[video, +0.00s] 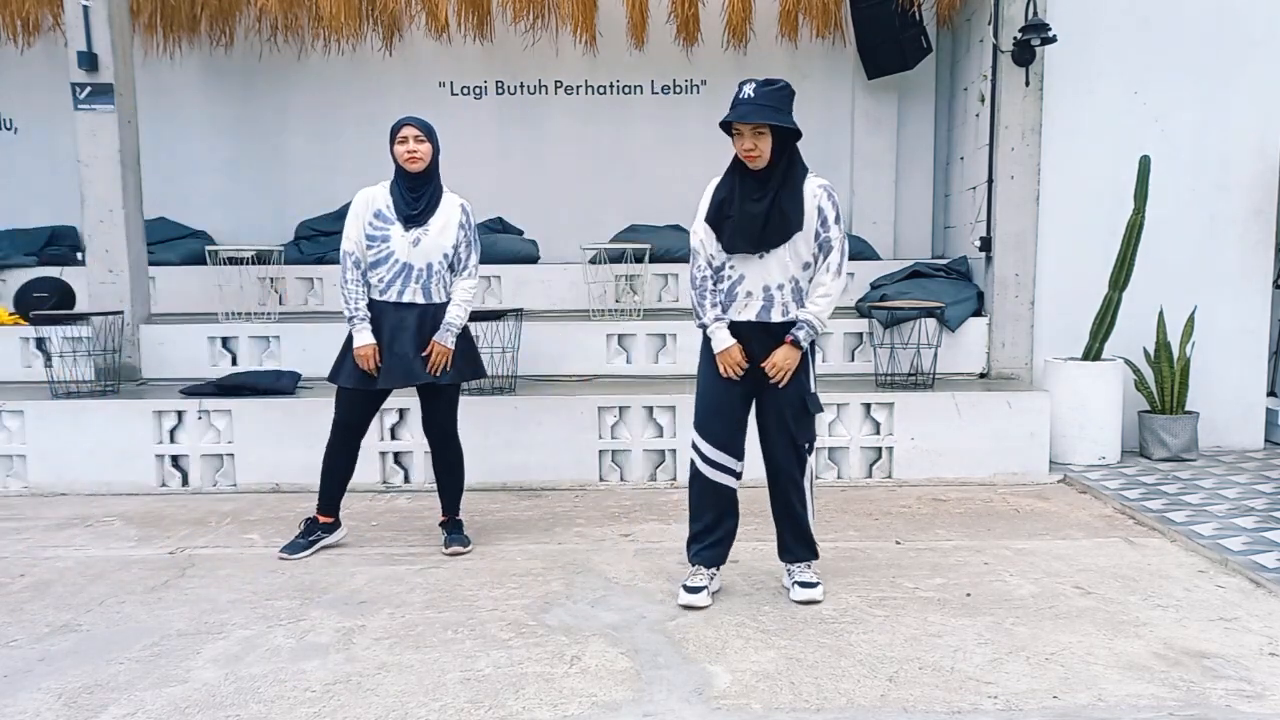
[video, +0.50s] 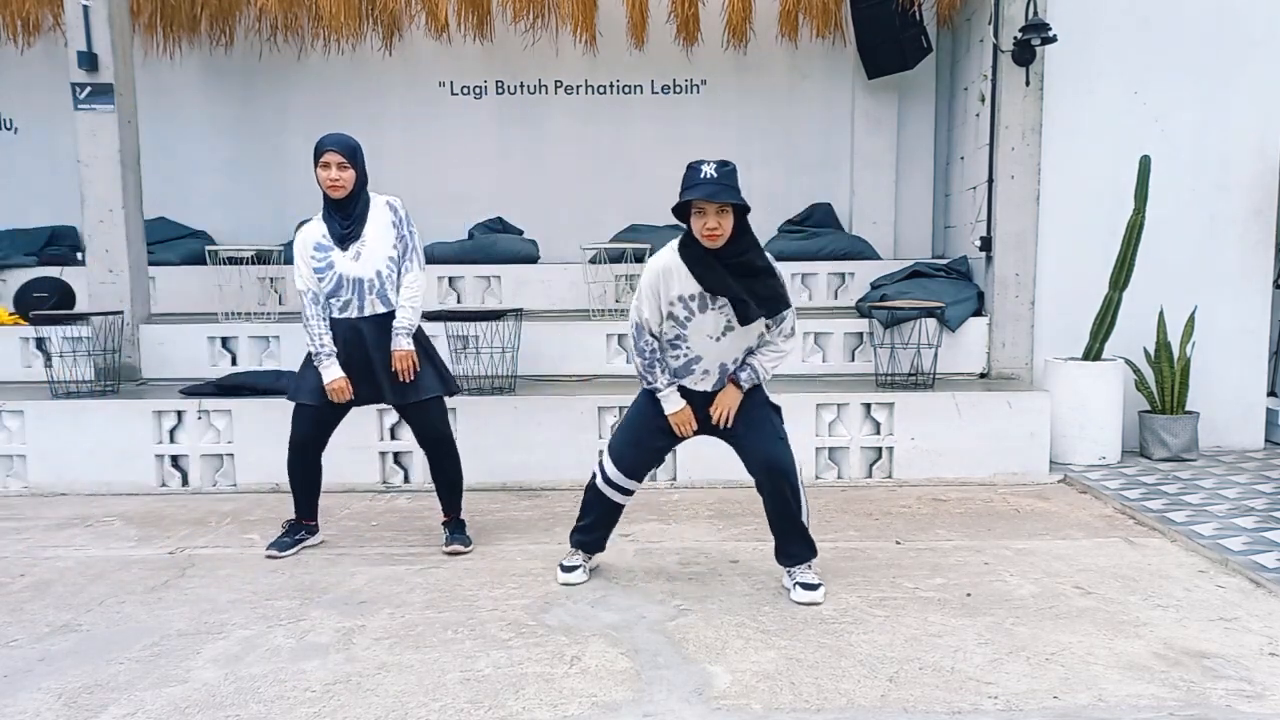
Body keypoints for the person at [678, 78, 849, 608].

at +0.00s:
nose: (746, 145)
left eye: (757, 135)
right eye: (739, 134)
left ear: (782, 135)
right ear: (730, 136)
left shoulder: (815, 194)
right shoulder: (717, 191)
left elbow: (833, 273)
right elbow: (700, 270)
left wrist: (798, 341)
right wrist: (719, 334)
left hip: (788, 342)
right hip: (725, 339)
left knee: (788, 458)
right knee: (712, 454)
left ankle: (799, 562)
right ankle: (703, 564)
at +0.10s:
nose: (761, 142)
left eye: (771, 132)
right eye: (751, 132)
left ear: (791, 135)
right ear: (739, 134)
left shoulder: (819, 194)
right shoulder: (720, 186)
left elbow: (836, 274)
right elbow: (700, 267)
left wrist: (798, 335)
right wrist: (719, 331)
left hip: (788, 338)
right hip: (724, 334)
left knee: (788, 454)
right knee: (703, 447)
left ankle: (799, 560)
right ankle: (688, 555)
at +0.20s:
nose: (765, 147)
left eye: (776, 137)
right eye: (756, 136)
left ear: (794, 139)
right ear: (742, 138)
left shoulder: (818, 199)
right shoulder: (717, 192)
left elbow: (836, 276)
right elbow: (696, 270)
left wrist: (795, 332)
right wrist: (717, 333)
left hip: (783, 339)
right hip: (719, 334)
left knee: (787, 452)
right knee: (686, 441)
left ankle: (800, 561)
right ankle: (657, 544)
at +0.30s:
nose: (766, 169)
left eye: (777, 158)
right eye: (757, 158)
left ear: (793, 163)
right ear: (741, 161)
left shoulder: (812, 221)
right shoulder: (713, 213)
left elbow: (826, 292)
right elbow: (685, 287)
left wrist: (784, 348)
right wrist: (708, 354)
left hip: (774, 352)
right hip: (710, 347)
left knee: (791, 453)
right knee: (663, 443)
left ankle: (800, 562)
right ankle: (621, 539)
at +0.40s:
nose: (751, 201)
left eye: (762, 190)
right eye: (741, 190)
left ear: (778, 194)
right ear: (726, 194)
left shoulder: (798, 252)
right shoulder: (700, 245)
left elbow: (808, 327)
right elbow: (671, 321)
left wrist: (767, 372)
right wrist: (693, 384)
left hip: (760, 378)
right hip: (691, 374)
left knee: (790, 462)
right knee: (640, 461)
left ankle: (799, 564)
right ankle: (591, 541)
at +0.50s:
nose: (711, 223)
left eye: (721, 212)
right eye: (700, 212)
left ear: (737, 214)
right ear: (687, 216)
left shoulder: (759, 267)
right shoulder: (664, 267)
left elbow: (782, 335)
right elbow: (642, 339)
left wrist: (739, 384)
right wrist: (670, 399)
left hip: (738, 392)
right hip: (671, 391)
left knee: (776, 465)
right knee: (620, 461)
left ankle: (799, 564)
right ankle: (583, 548)